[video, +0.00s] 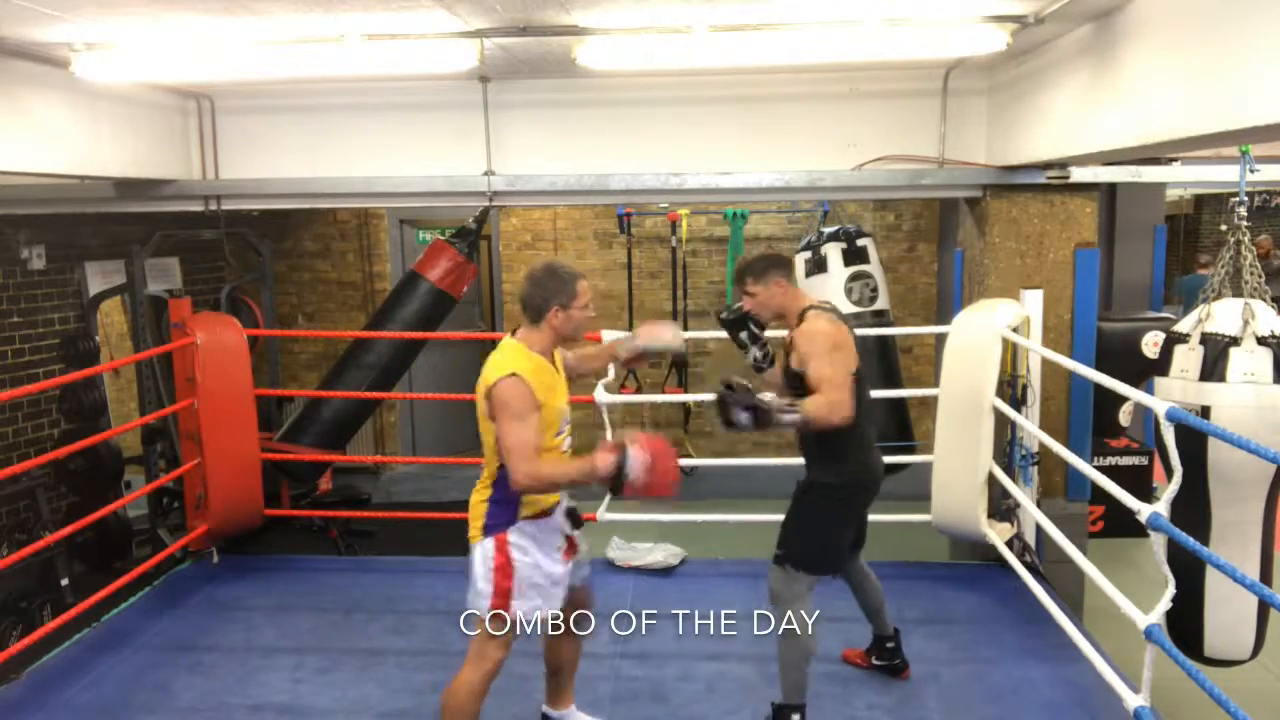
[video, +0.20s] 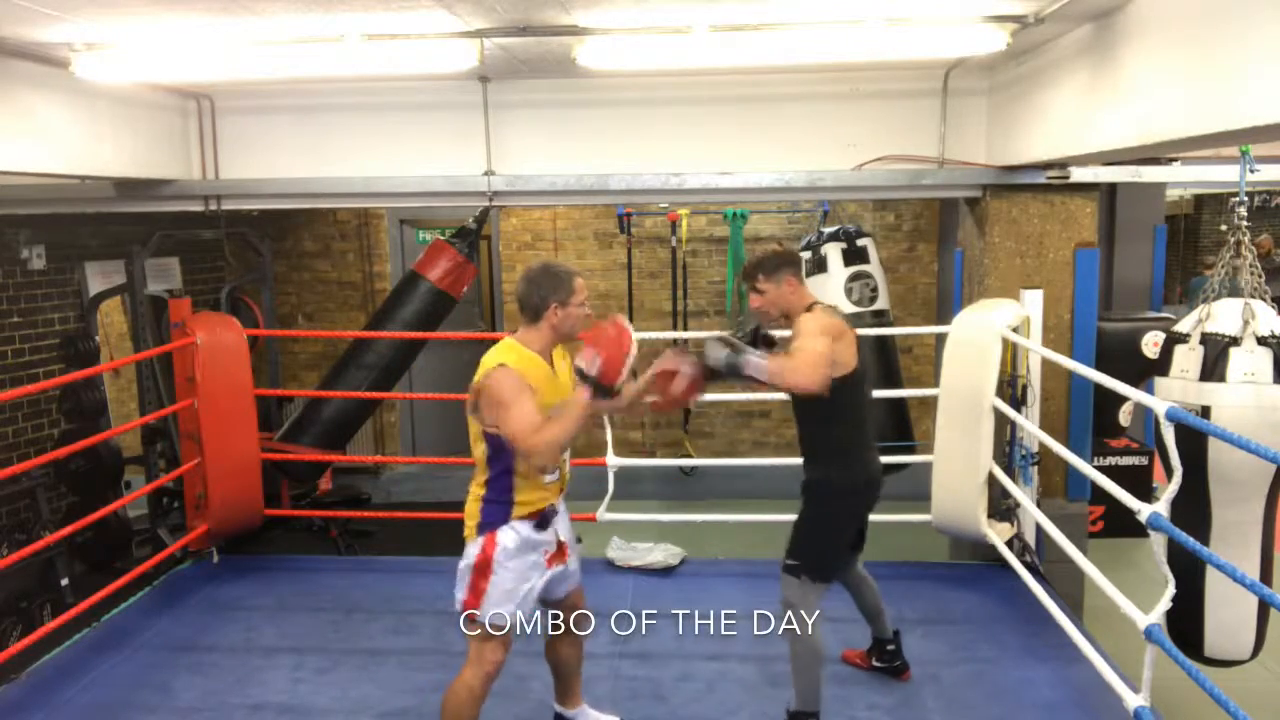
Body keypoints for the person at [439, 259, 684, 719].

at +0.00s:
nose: (590, 314)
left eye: (589, 304)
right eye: (584, 306)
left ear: (552, 313)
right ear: (555, 315)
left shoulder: (545, 352)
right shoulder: (512, 380)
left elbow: (576, 362)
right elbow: (524, 473)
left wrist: (631, 344)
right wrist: (599, 464)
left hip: (548, 515)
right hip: (508, 527)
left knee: (574, 610)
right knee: (488, 653)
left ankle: (559, 708)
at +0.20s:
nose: (588, 311)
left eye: (587, 301)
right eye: (581, 303)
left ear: (552, 312)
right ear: (553, 312)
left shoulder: (558, 355)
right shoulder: (502, 373)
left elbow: (586, 410)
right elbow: (539, 451)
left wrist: (645, 390)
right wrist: (583, 391)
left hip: (549, 517)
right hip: (501, 531)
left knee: (570, 617)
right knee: (486, 659)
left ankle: (571, 708)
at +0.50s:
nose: (617, 314)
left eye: (616, 304)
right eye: (611, 304)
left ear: (583, 307)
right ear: (583, 307)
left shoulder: (584, 358)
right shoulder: (531, 361)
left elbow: (583, 411)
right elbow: (560, 434)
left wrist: (633, 399)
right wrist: (624, 399)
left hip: (569, 514)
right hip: (521, 523)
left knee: (588, 609)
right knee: (505, 656)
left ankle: (573, 708)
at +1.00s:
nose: (602, 310)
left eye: (601, 300)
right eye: (596, 300)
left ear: (564, 308)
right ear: (568, 308)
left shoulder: (562, 356)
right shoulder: (521, 363)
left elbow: (594, 399)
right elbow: (575, 432)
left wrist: (634, 377)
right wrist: (616, 370)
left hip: (557, 515)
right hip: (514, 525)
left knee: (576, 614)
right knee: (496, 657)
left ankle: (572, 707)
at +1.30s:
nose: (604, 306)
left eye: (602, 297)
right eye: (598, 298)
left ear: (566, 306)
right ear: (572, 306)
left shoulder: (565, 345)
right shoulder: (535, 368)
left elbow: (635, 342)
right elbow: (586, 449)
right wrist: (637, 396)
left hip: (562, 511)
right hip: (525, 520)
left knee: (576, 606)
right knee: (502, 649)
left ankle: (571, 706)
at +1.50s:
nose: (588, 313)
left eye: (586, 305)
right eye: (583, 306)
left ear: (555, 314)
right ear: (557, 315)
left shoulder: (566, 347)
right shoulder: (507, 375)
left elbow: (620, 322)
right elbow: (547, 451)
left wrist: (669, 313)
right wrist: (597, 387)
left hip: (555, 514)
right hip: (513, 527)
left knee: (580, 606)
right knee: (504, 657)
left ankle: (575, 706)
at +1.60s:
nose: (581, 320)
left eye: (580, 312)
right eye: (576, 311)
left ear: (544, 313)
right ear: (552, 315)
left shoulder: (549, 356)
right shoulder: (503, 375)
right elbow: (558, 448)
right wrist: (588, 375)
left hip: (543, 519)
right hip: (503, 528)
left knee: (569, 609)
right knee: (494, 662)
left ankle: (574, 706)